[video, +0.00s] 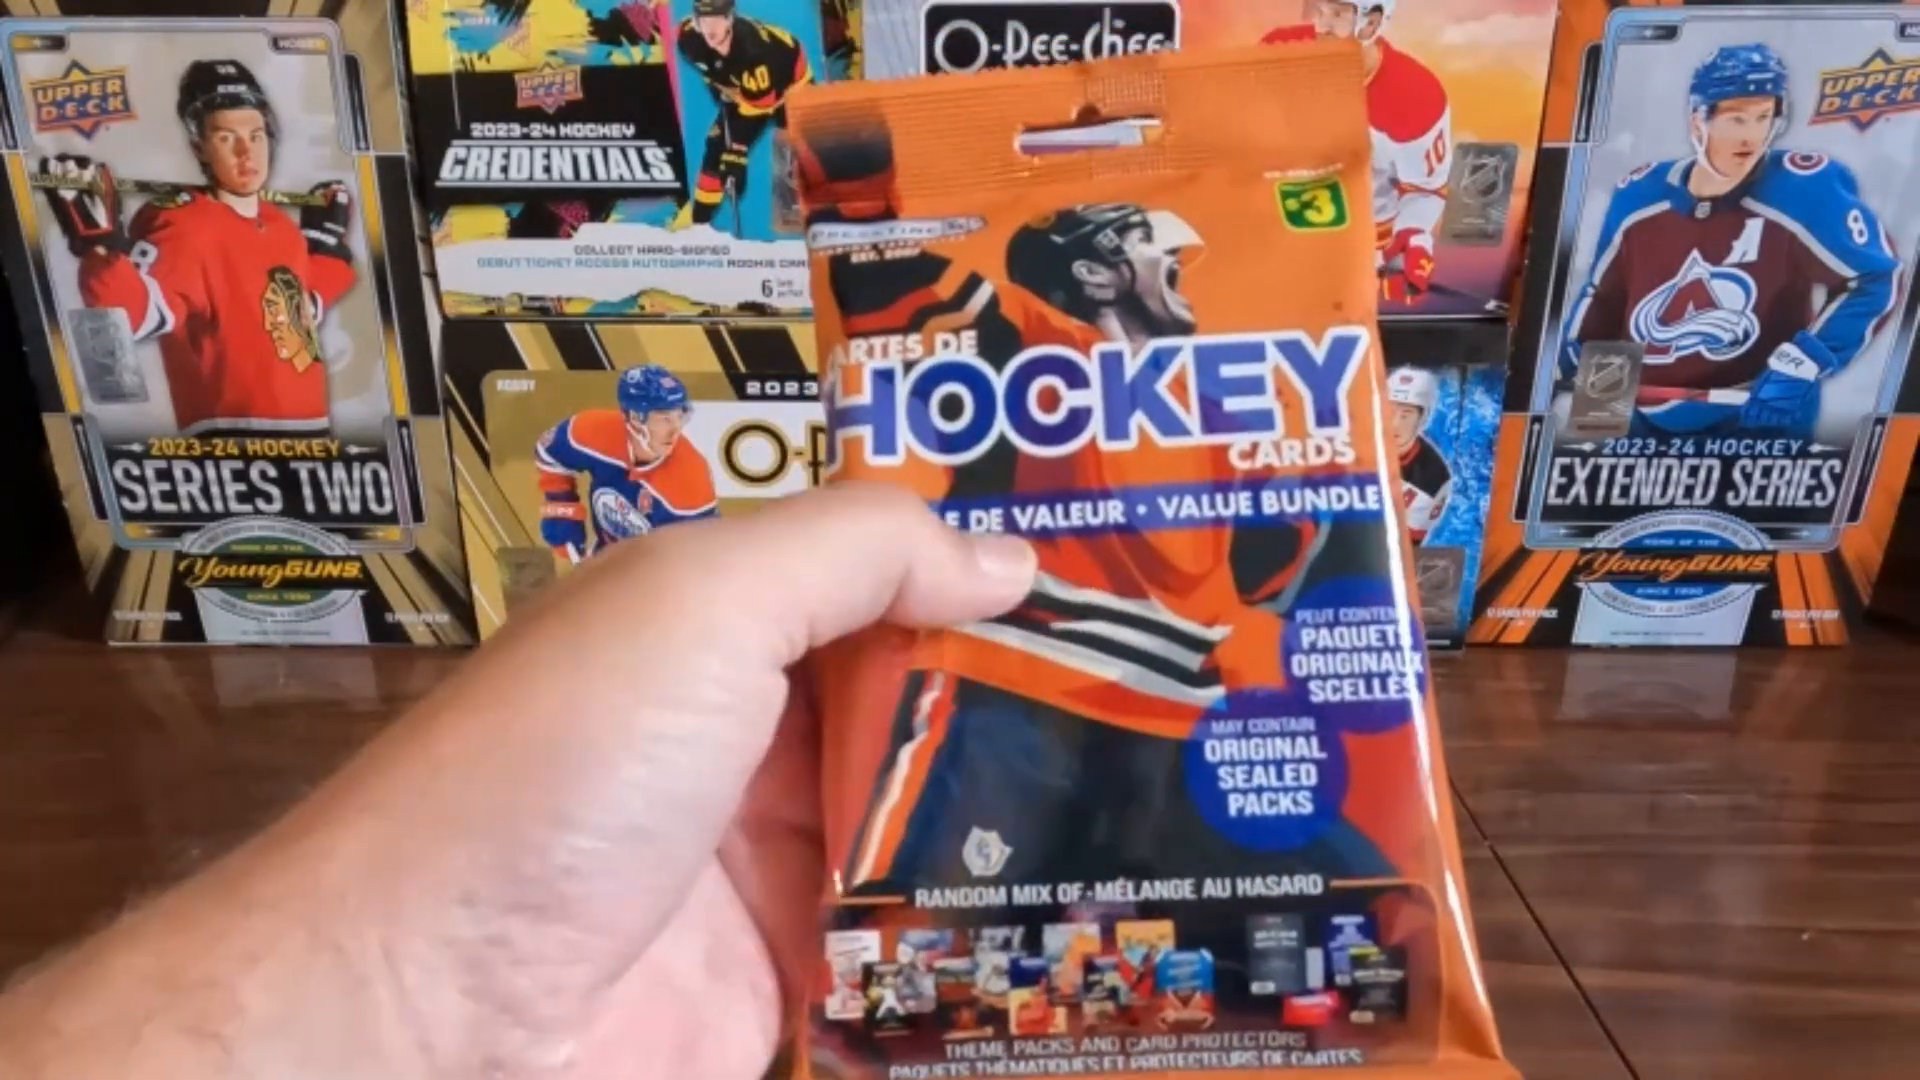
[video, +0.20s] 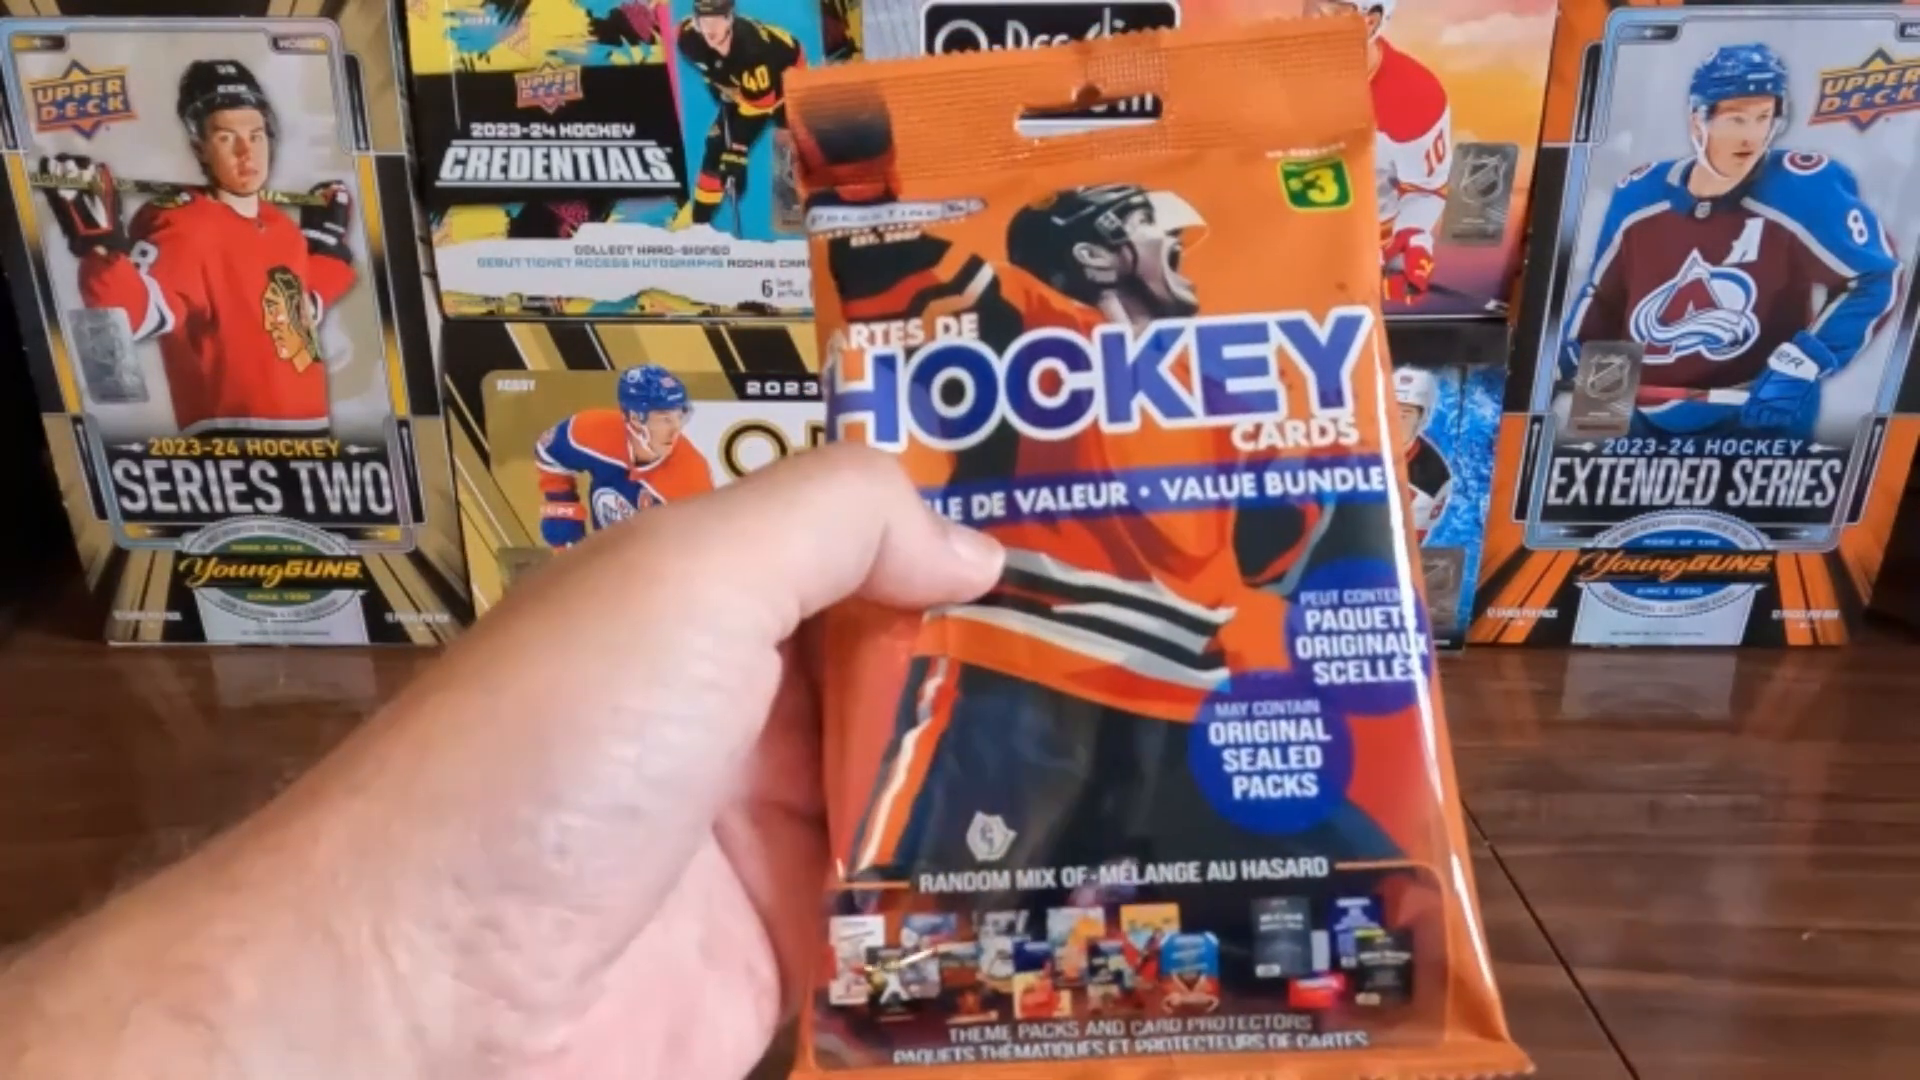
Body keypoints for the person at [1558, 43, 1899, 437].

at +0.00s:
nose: (1750, 135)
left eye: (1762, 118)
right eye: (1735, 119)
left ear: (1775, 123)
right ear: (1698, 124)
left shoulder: (1805, 192)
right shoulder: (1638, 197)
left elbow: (1879, 279)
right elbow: (1599, 296)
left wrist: (1801, 365)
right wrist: (1572, 366)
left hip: (1744, 427)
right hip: (1637, 421)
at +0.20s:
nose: (1750, 135)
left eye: (1762, 118)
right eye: (1734, 119)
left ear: (1775, 123)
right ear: (1698, 124)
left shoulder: (1804, 193)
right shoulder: (1637, 197)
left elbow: (1878, 279)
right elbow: (1600, 297)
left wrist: (1801, 365)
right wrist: (1572, 366)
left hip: (1744, 427)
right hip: (1637, 422)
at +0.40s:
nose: (1750, 135)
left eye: (1762, 118)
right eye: (1734, 119)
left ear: (1775, 123)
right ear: (1698, 124)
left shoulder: (1804, 193)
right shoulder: (1637, 197)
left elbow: (1878, 279)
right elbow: (1600, 297)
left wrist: (1801, 365)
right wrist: (1572, 366)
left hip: (1744, 427)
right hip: (1636, 422)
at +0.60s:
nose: (1750, 135)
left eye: (1762, 118)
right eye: (1734, 118)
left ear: (1775, 122)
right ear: (1698, 124)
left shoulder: (1804, 192)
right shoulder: (1638, 196)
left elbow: (1878, 279)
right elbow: (1600, 296)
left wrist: (1802, 363)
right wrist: (1575, 365)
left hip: (1743, 427)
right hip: (1636, 420)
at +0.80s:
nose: (1750, 135)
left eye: (1762, 118)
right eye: (1735, 119)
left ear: (1775, 123)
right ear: (1698, 124)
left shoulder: (1805, 192)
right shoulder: (1638, 197)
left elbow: (1878, 279)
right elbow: (1600, 297)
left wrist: (1802, 363)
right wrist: (1575, 364)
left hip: (1744, 427)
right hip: (1636, 421)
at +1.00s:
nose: (1750, 135)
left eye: (1762, 118)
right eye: (1735, 119)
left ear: (1775, 123)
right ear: (1698, 124)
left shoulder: (1804, 193)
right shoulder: (1638, 197)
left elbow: (1878, 279)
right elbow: (1600, 297)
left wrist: (1803, 363)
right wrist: (1575, 361)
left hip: (1743, 427)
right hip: (1636, 420)